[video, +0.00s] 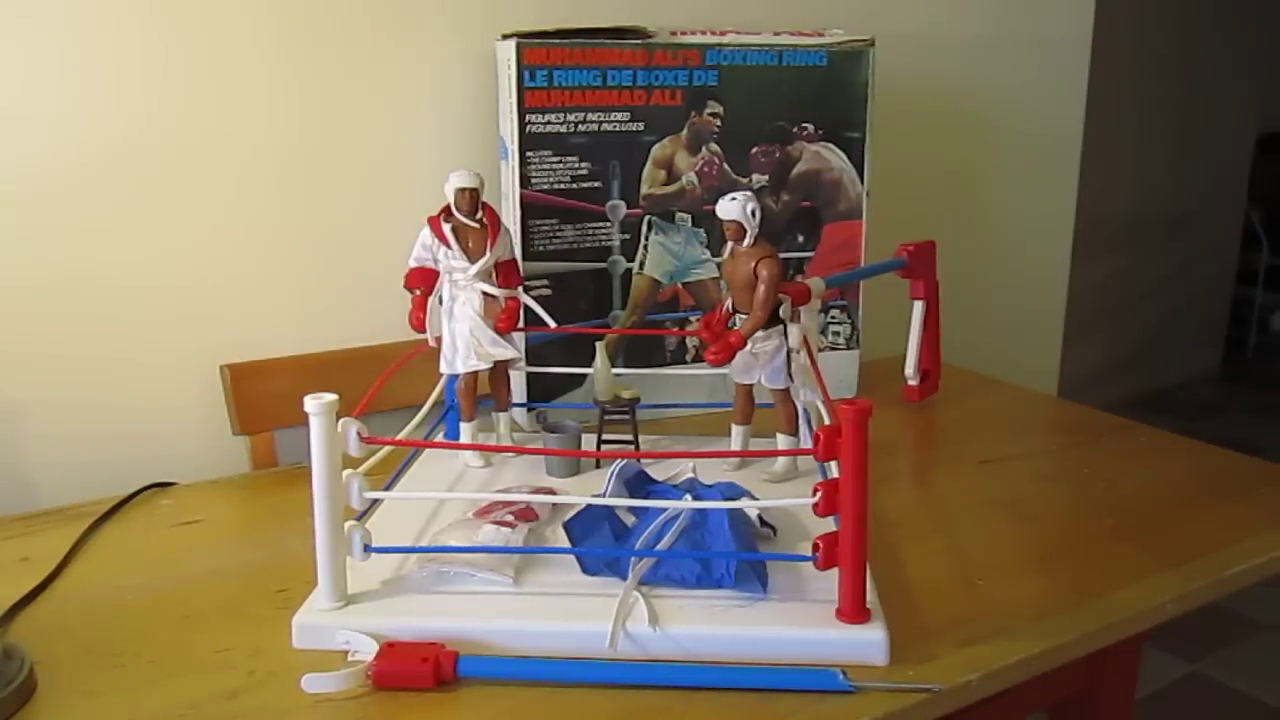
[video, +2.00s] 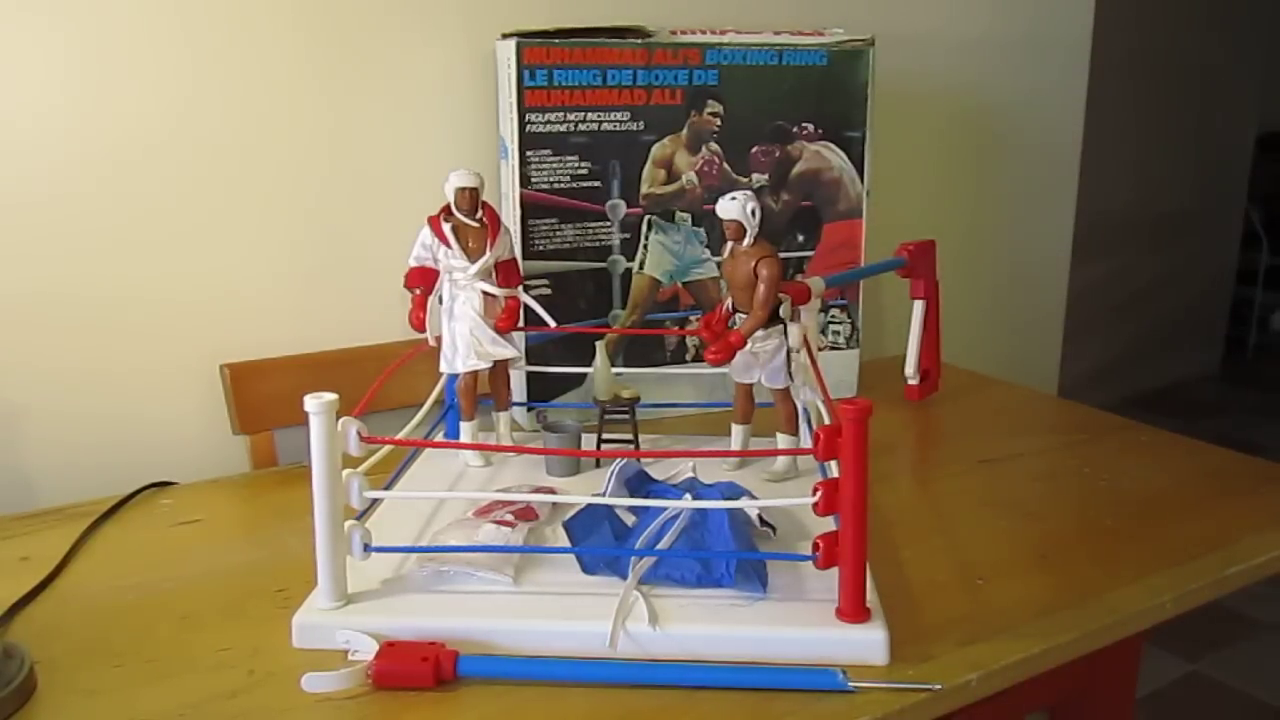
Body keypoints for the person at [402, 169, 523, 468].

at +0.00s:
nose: (468, 199)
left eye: (473, 192)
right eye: (462, 193)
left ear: (480, 195)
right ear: (451, 196)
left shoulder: (494, 227)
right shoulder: (435, 230)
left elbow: (507, 268)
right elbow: (421, 272)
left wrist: (510, 305)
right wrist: (420, 310)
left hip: (492, 303)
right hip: (458, 305)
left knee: (500, 366)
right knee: (468, 370)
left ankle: (505, 433)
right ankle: (468, 442)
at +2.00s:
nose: (467, 198)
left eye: (472, 191)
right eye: (461, 192)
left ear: (480, 194)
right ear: (451, 195)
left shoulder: (496, 228)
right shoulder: (436, 230)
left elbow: (508, 268)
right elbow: (421, 267)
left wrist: (512, 303)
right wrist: (419, 303)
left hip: (493, 303)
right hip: (459, 305)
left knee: (500, 365)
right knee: (469, 370)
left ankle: (504, 433)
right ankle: (469, 440)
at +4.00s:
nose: (467, 198)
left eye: (472, 191)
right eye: (461, 191)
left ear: (481, 194)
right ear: (451, 195)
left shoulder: (497, 229)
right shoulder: (436, 231)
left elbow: (509, 271)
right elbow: (422, 271)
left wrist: (512, 306)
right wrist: (420, 307)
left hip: (493, 303)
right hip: (458, 304)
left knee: (501, 364)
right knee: (469, 369)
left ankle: (505, 433)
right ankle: (468, 441)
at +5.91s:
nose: (467, 198)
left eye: (472, 191)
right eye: (461, 192)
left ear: (480, 194)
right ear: (451, 196)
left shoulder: (497, 228)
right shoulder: (436, 230)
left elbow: (508, 270)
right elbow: (422, 268)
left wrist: (511, 305)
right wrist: (419, 303)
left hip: (492, 301)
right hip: (458, 303)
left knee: (501, 363)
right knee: (469, 369)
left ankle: (505, 431)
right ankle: (468, 440)